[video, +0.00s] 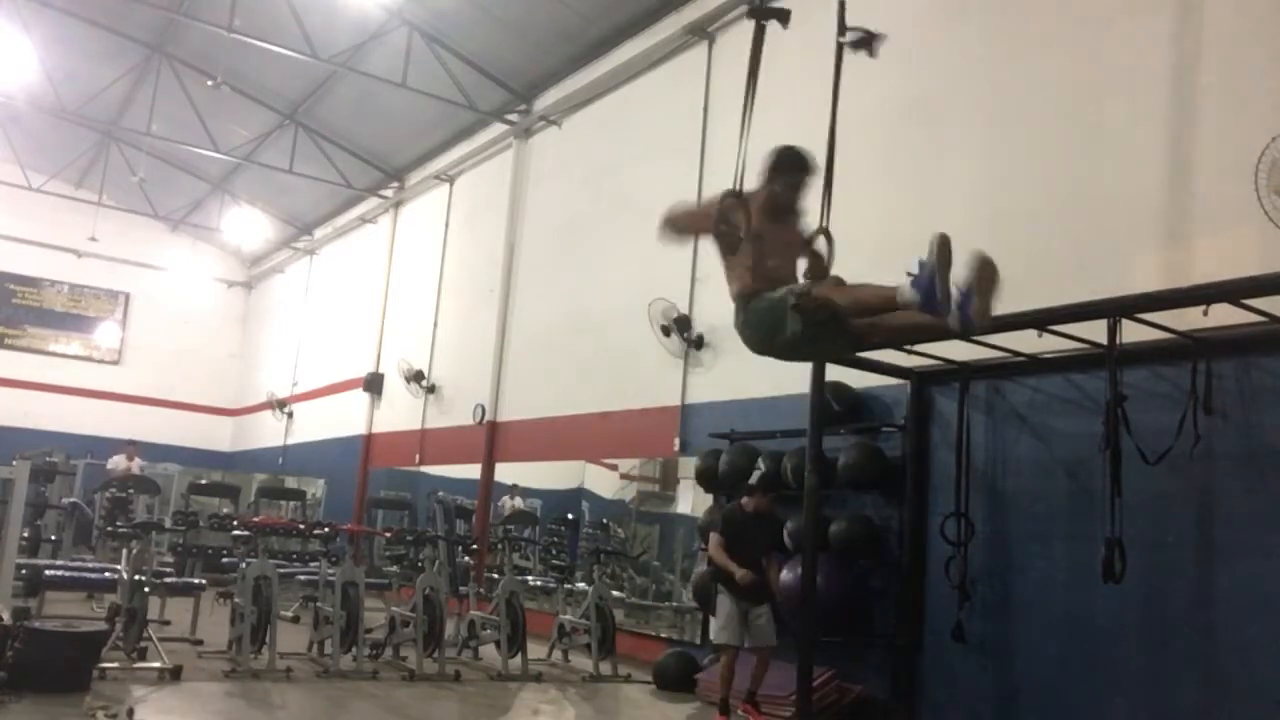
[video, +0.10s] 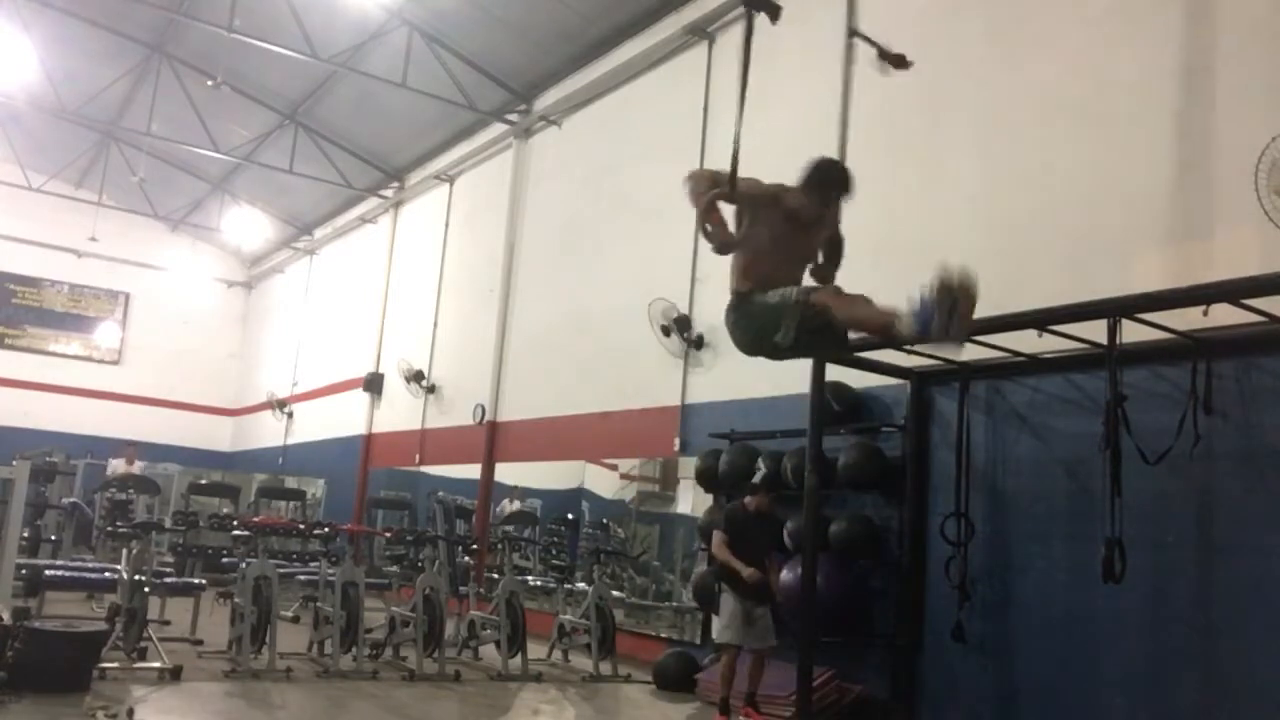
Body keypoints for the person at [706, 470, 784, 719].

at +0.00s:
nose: (767, 504)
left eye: (769, 499)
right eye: (764, 498)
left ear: (771, 498)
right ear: (752, 494)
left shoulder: (772, 522)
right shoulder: (728, 515)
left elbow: (772, 562)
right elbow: (713, 549)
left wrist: (776, 593)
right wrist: (736, 570)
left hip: (759, 591)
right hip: (729, 590)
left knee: (765, 649)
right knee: (729, 650)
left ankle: (750, 700)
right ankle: (724, 705)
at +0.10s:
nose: (767, 503)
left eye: (769, 499)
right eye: (764, 498)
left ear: (771, 498)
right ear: (753, 494)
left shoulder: (771, 521)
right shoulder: (730, 514)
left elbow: (772, 559)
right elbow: (717, 548)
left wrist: (775, 588)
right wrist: (743, 569)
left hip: (760, 591)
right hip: (731, 589)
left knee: (761, 650)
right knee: (731, 649)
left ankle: (750, 702)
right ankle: (724, 705)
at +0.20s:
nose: (773, 503)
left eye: (774, 498)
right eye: (770, 497)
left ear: (774, 497)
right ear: (759, 493)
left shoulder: (773, 521)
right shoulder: (733, 512)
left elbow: (772, 557)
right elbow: (720, 548)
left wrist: (774, 584)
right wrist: (743, 574)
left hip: (762, 589)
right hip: (735, 588)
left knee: (760, 648)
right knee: (732, 647)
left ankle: (750, 703)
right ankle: (724, 706)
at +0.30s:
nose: (777, 504)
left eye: (779, 500)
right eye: (775, 498)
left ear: (776, 498)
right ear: (765, 493)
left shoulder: (775, 522)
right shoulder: (738, 512)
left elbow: (775, 558)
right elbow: (724, 548)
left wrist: (774, 589)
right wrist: (736, 579)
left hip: (764, 591)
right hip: (740, 589)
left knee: (759, 649)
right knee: (733, 647)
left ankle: (751, 703)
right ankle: (724, 705)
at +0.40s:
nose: (776, 498)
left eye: (780, 494)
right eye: (772, 492)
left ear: (784, 497)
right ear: (763, 491)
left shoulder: (779, 518)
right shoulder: (742, 512)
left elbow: (781, 554)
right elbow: (725, 546)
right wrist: (729, 581)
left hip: (767, 591)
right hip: (740, 587)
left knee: (759, 650)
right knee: (733, 647)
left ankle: (750, 703)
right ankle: (724, 706)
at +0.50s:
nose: (762, 502)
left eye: (767, 496)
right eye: (758, 496)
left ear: (773, 499)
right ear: (750, 497)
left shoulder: (779, 522)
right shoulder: (743, 516)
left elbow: (785, 556)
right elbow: (725, 545)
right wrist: (724, 580)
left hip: (768, 592)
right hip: (740, 589)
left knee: (759, 650)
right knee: (734, 646)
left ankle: (751, 703)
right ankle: (724, 706)